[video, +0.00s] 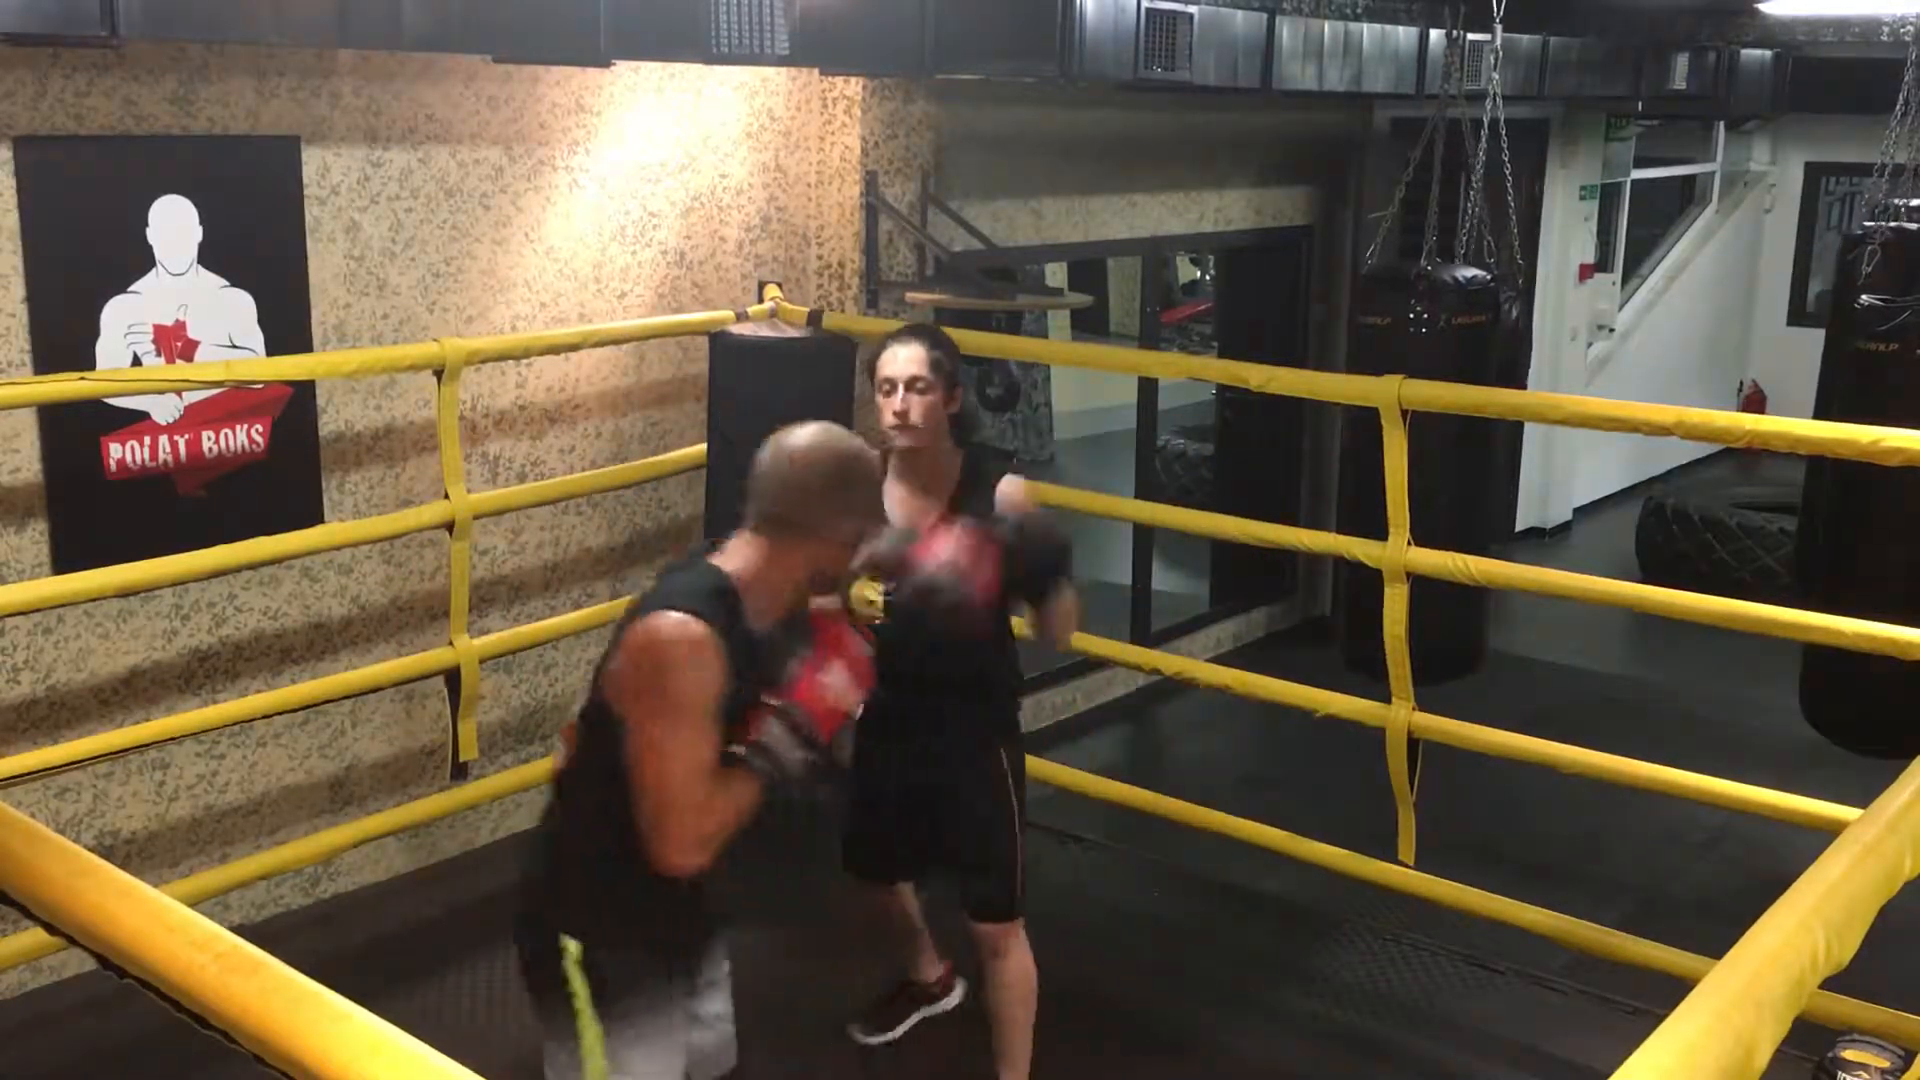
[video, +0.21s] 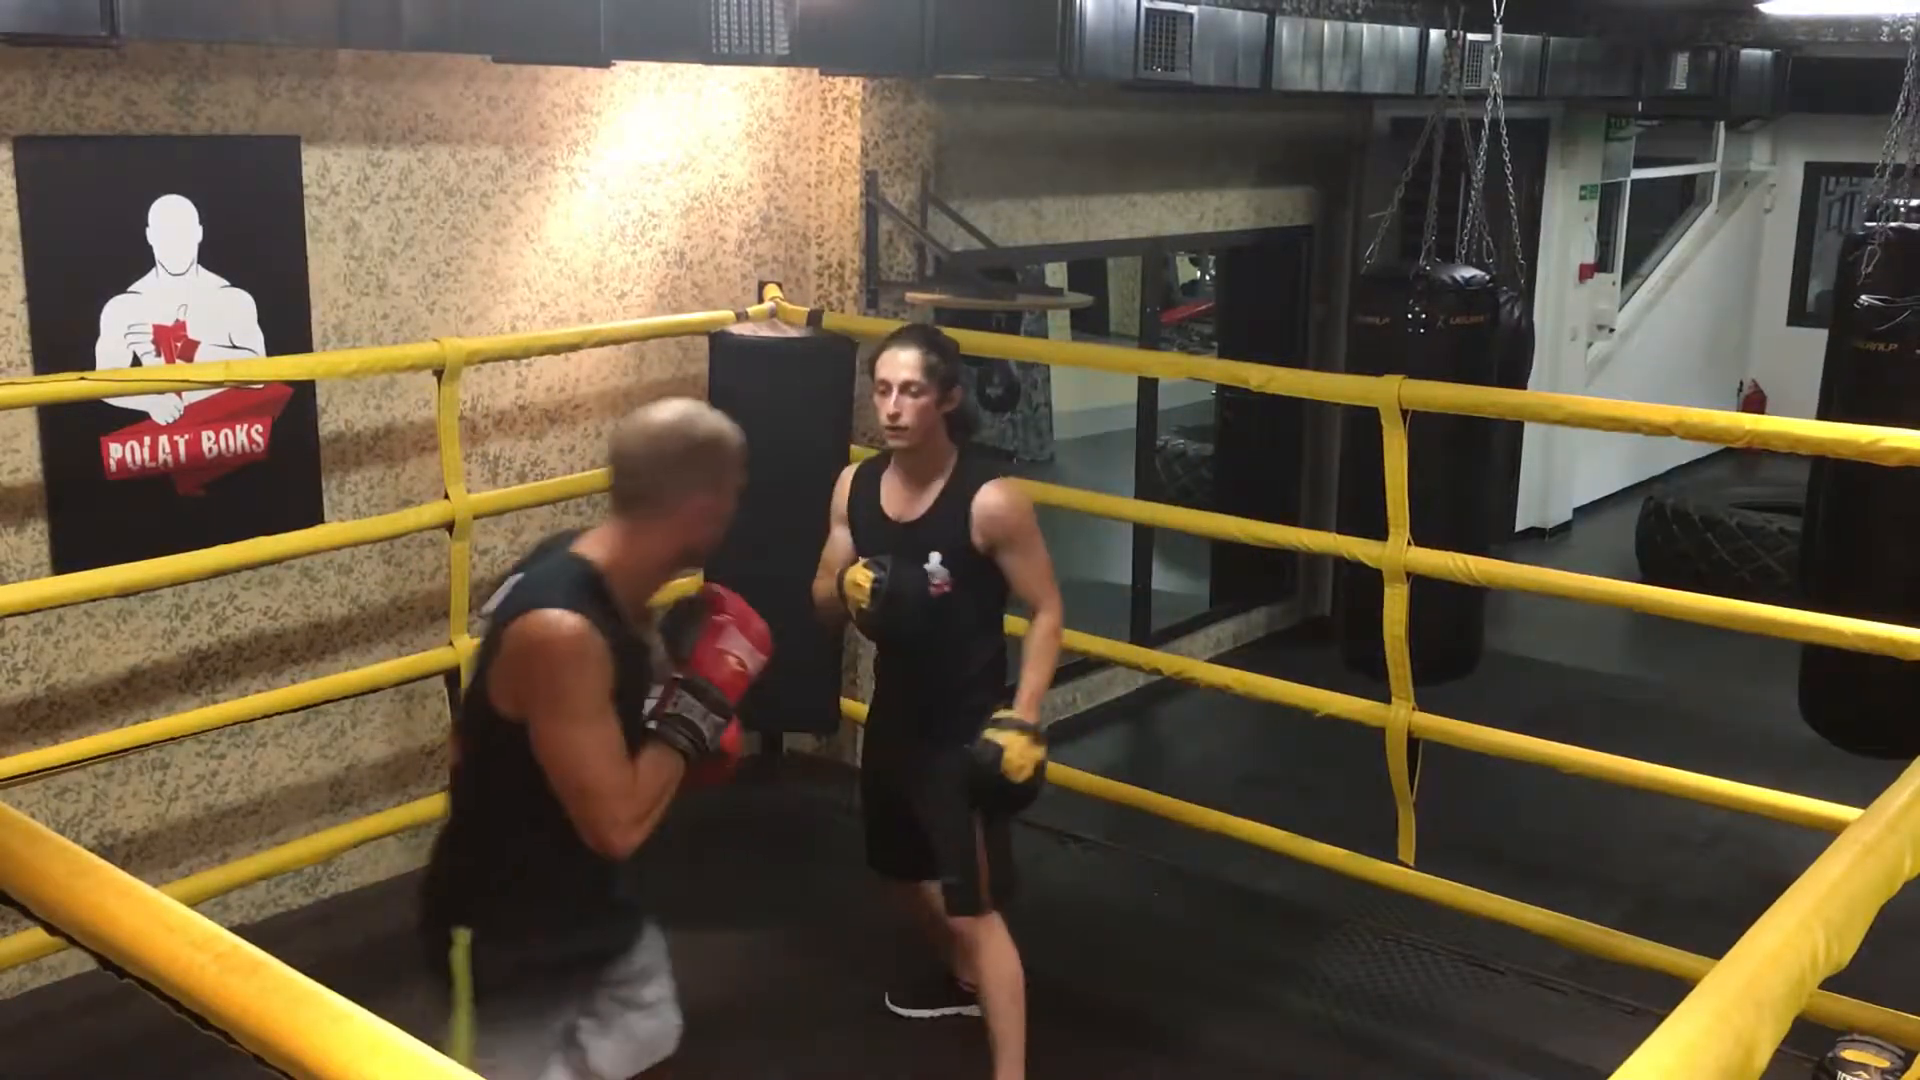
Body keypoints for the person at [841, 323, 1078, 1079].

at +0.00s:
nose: (900, 403)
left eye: (918, 388)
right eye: (887, 388)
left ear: (952, 400)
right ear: (874, 401)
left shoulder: (998, 498)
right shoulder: (855, 490)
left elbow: (1058, 631)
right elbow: (805, 595)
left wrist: (1043, 560)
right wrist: (844, 596)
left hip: (975, 726)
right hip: (884, 720)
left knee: (996, 928)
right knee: (879, 867)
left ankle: (1014, 1071)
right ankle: (927, 976)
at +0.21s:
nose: (893, 406)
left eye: (911, 391)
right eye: (884, 390)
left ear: (949, 400)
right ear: (872, 398)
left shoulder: (992, 503)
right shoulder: (856, 485)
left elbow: (1047, 608)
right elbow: (823, 604)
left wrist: (1023, 718)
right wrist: (846, 585)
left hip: (967, 728)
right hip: (891, 719)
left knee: (974, 915)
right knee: (909, 876)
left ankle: (1010, 1073)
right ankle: (965, 979)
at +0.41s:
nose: (853, 376)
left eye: (871, 363)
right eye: (845, 362)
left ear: (911, 374)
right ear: (837, 370)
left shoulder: (939, 467)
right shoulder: (852, 449)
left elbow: (992, 591)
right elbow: (848, 553)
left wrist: (944, 702)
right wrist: (819, 551)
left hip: (927, 685)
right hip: (880, 677)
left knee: (876, 866)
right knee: (927, 842)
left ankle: (929, 1041)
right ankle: (973, 974)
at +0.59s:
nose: (789, 376)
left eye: (807, 362)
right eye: (785, 361)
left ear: (850, 374)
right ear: (782, 371)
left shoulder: (876, 472)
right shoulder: (807, 453)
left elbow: (908, 602)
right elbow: (819, 541)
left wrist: (831, 695)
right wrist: (772, 545)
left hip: (876, 681)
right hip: (848, 669)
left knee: (791, 835)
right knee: (917, 822)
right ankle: (974, 976)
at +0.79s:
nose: (711, 396)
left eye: (728, 382)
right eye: (710, 380)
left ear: (775, 390)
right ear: (720, 384)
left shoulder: (800, 495)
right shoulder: (740, 455)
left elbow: (809, 630)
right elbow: (756, 543)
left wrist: (716, 701)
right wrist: (707, 552)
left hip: (793, 689)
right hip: (764, 677)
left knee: (732, 833)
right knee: (823, 819)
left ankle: (730, 989)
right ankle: (939, 941)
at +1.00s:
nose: (669, 384)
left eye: (688, 370)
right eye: (662, 366)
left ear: (725, 377)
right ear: (653, 367)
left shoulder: (743, 473)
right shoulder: (666, 438)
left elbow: (753, 605)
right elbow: (680, 525)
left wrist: (659, 665)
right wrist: (639, 545)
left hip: (743, 664)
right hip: (694, 651)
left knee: (725, 833)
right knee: (677, 802)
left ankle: (732, 990)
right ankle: (772, 910)